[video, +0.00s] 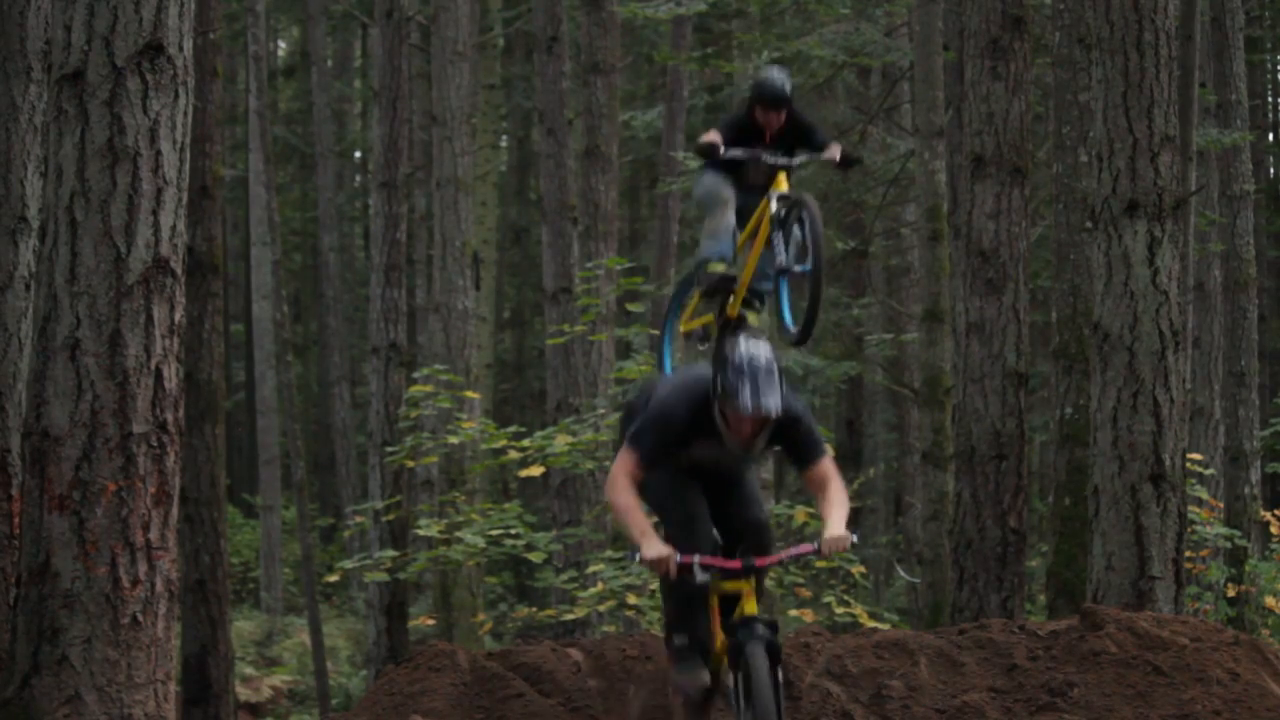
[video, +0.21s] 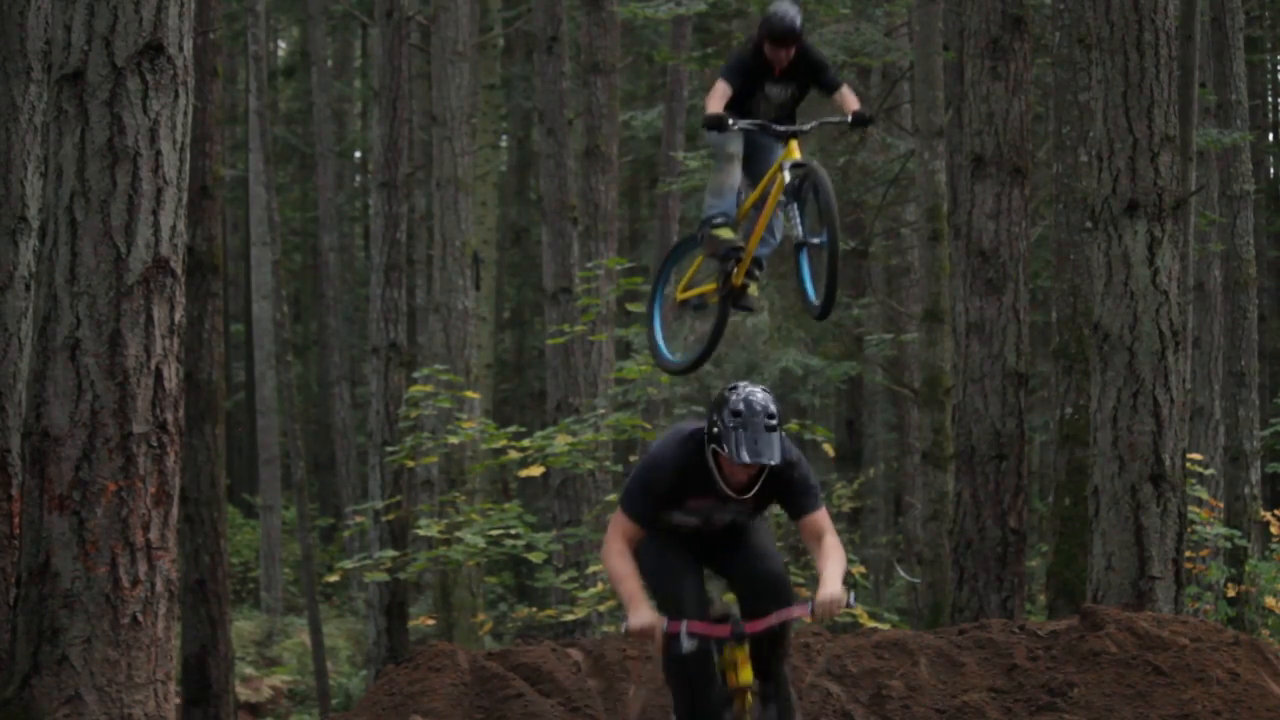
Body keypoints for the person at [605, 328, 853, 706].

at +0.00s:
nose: (747, 427)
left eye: (758, 416)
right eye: (739, 414)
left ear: (775, 403)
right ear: (719, 398)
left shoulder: (784, 412)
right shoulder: (676, 405)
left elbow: (828, 480)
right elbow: (618, 480)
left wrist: (835, 527)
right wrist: (647, 540)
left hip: (723, 465)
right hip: (665, 465)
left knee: (755, 531)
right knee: (695, 542)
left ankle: (743, 627)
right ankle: (684, 647)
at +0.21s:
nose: (746, 470)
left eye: (755, 461)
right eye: (738, 459)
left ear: (772, 447)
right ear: (715, 444)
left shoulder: (785, 462)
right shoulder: (672, 457)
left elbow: (823, 536)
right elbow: (616, 540)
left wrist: (831, 583)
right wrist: (637, 607)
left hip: (736, 532)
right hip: (668, 537)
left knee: (773, 591)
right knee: (688, 630)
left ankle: (772, 684)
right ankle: (699, 710)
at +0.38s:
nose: (731, 474)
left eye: (742, 461)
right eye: (720, 461)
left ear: (759, 455)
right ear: (700, 453)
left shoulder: (781, 483)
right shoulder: (659, 489)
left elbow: (826, 565)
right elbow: (611, 578)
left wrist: (828, 631)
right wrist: (627, 654)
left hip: (742, 575)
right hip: (668, 584)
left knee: (776, 660)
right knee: (688, 680)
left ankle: (776, 711)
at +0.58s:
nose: (701, 496)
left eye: (713, 482)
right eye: (688, 483)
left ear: (734, 479)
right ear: (669, 482)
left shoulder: (768, 540)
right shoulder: (632, 547)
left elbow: (807, 640)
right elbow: (594, 646)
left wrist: (810, 715)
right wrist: (593, 716)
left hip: (741, 656)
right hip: (659, 661)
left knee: (764, 711)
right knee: (668, 712)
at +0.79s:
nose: (679, 518)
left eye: (694, 504)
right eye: (666, 504)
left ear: (717, 505)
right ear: (647, 507)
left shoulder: (761, 579)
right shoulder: (609, 583)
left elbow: (793, 691)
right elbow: (571, 696)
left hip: (738, 709)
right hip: (640, 710)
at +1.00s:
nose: (654, 536)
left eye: (668, 520)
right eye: (639, 521)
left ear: (692, 524)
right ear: (618, 526)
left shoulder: (743, 606)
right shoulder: (579, 612)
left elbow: (788, 715)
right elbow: (537, 715)